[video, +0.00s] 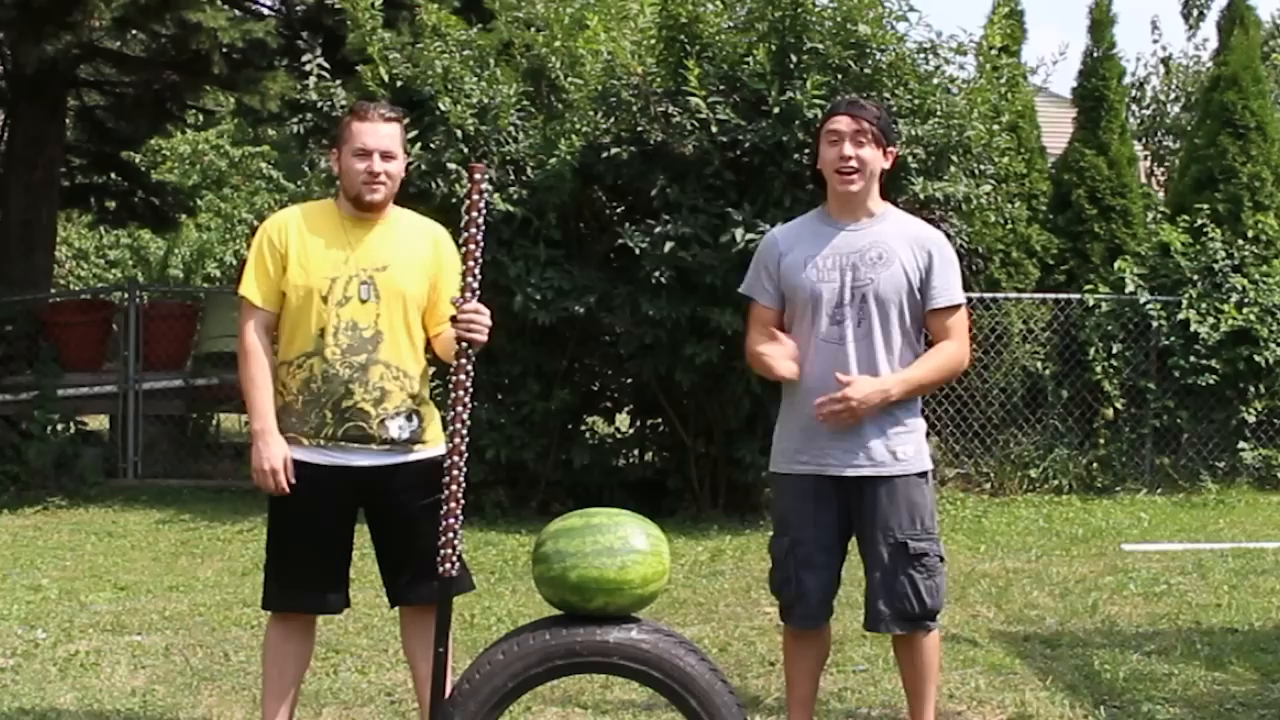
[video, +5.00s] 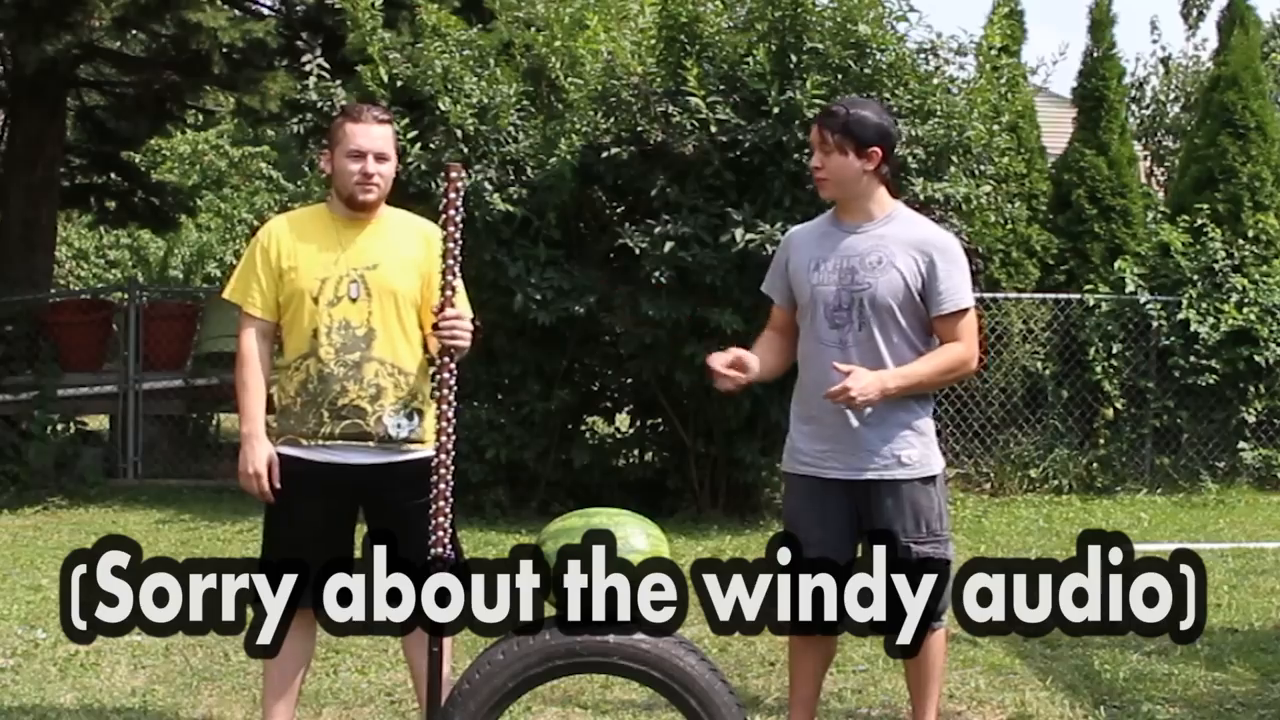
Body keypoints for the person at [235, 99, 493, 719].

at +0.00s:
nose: (376, 166)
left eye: (389, 155)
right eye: (363, 153)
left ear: (405, 165)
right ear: (335, 160)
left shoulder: (432, 240)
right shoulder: (285, 231)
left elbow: (442, 342)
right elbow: (255, 333)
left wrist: (467, 335)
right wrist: (264, 430)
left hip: (409, 456)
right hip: (310, 454)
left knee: (426, 599)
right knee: (293, 604)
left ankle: (438, 715)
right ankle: (275, 717)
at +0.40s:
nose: (391, 170)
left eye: (403, 160)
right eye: (377, 156)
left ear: (416, 168)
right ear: (346, 159)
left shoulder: (434, 243)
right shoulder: (289, 230)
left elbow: (446, 343)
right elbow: (237, 311)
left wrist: (472, 337)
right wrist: (276, 353)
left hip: (411, 455)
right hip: (311, 455)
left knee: (427, 600)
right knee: (294, 605)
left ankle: (438, 716)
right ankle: (275, 717)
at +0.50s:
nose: (392, 175)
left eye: (405, 164)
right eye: (380, 160)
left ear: (417, 170)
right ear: (349, 160)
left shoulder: (435, 244)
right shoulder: (294, 226)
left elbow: (448, 344)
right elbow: (224, 305)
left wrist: (475, 338)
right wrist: (285, 270)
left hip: (412, 455)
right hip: (312, 452)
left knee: (427, 600)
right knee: (294, 604)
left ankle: (438, 715)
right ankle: (275, 717)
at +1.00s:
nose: (395, 174)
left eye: (407, 164)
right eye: (382, 159)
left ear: (421, 172)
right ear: (351, 160)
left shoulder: (438, 244)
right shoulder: (296, 229)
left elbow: (450, 346)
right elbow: (246, 309)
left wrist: (479, 336)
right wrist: (272, 330)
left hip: (412, 454)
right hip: (312, 452)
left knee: (428, 596)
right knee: (295, 602)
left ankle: (437, 714)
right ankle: (275, 716)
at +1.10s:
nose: (392, 173)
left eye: (405, 163)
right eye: (379, 159)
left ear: (418, 171)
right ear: (349, 160)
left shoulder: (437, 244)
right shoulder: (295, 231)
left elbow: (449, 346)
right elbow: (263, 321)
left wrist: (478, 336)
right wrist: (263, 405)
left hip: (411, 454)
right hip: (311, 454)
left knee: (430, 599)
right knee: (294, 603)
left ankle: (438, 716)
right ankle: (275, 717)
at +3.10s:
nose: (407, 171)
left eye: (412, 159)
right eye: (392, 160)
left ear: (415, 163)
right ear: (347, 163)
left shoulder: (432, 239)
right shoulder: (286, 234)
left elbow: (444, 337)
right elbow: (256, 332)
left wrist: (469, 334)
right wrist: (241, 428)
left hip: (412, 461)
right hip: (310, 459)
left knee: (427, 605)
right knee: (294, 604)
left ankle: (440, 716)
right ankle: (275, 716)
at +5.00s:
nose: (369, 168)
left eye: (381, 157)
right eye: (356, 155)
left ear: (396, 166)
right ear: (328, 161)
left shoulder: (424, 239)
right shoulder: (282, 237)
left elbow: (446, 330)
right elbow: (254, 337)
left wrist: (457, 334)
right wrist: (253, 434)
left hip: (406, 458)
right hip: (307, 456)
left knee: (426, 603)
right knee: (293, 601)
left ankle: (438, 714)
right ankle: (277, 715)